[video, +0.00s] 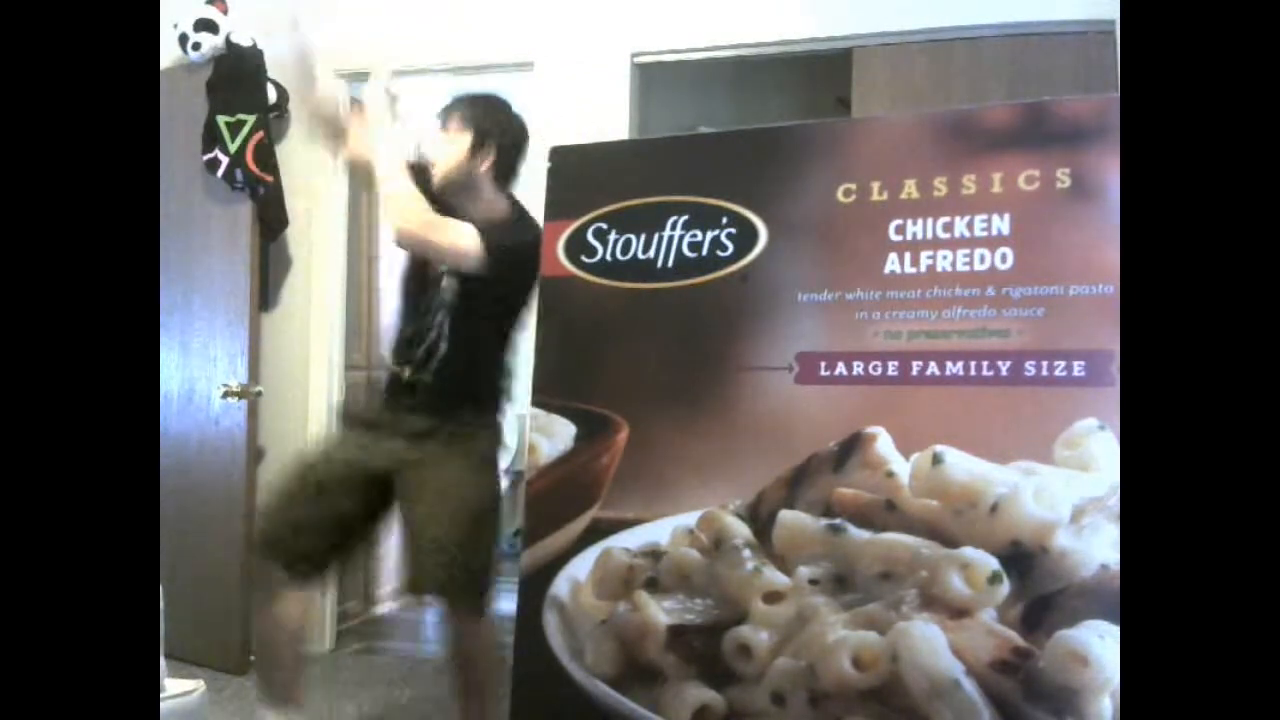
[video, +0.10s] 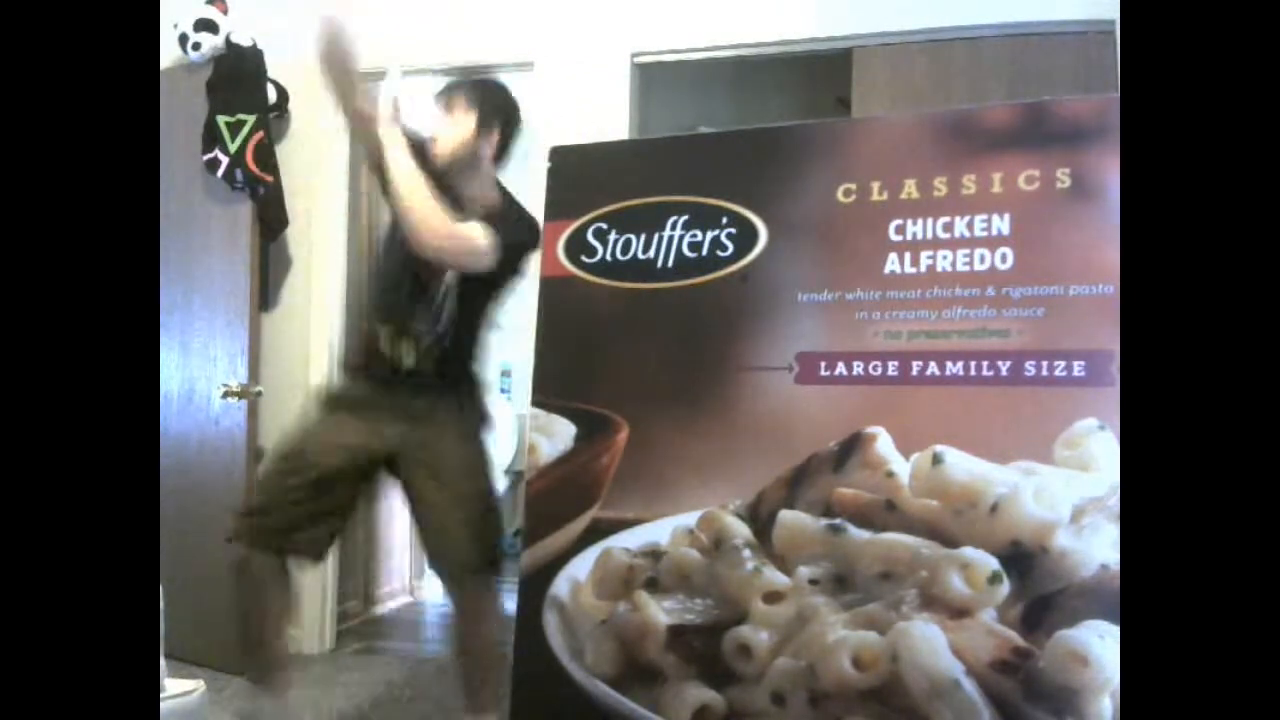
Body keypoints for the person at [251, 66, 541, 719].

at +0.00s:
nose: (432, 146)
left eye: (447, 136)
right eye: (437, 135)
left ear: (485, 152)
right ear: (470, 151)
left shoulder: (515, 235)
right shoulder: (438, 201)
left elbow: (420, 230)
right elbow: (370, 161)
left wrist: (372, 166)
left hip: (454, 438)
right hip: (382, 424)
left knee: (464, 599)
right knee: (284, 543)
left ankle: (477, 717)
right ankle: (281, 707)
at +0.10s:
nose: (432, 123)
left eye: (449, 113)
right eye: (435, 112)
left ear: (489, 134)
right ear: (444, 127)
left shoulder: (513, 225)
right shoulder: (419, 171)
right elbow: (366, 126)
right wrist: (344, 69)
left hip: (439, 415)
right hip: (358, 401)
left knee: (474, 577)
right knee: (262, 537)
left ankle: (486, 712)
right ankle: (272, 700)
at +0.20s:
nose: (433, 102)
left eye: (451, 96)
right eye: (426, 88)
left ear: (466, 118)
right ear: (407, 93)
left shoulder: (454, 194)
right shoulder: (373, 139)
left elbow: (505, 228)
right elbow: (378, 31)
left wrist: (433, 150)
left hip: (399, 393)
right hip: (324, 381)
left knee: (438, 558)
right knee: (271, 563)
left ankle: (414, 705)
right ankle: (194, 691)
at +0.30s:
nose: (417, 147)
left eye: (421, 133)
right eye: (406, 128)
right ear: (360, 123)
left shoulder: (369, 192)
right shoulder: (341, 172)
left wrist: (418, 238)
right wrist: (489, 210)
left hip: (348, 414)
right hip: (291, 411)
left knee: (401, 576)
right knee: (264, 601)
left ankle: (409, 712)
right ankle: (167, 696)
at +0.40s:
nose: (410, 172)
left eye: (414, 159)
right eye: (405, 151)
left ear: (362, 144)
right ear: (360, 136)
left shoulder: (350, 209)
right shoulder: (314, 204)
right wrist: (393, 193)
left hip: (321, 418)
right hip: (267, 418)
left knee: (371, 576)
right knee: (247, 611)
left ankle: (399, 708)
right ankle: (166, 693)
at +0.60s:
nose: (403, 230)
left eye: (408, 216)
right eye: (404, 214)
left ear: (340, 182)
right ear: (369, 197)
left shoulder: (258, 195)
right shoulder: (352, 275)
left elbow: (285, 140)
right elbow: (453, 335)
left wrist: (342, 161)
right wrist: (528, 362)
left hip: (175, 426)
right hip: (239, 451)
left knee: (266, 582)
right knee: (248, 611)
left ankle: (313, 702)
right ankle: (164, 696)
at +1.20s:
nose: (328, 194)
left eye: (330, 181)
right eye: (325, 178)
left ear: (275, 165)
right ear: (289, 166)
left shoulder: (183, 183)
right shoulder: (298, 240)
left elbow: (184, 147)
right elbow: (422, 265)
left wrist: (248, 181)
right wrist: (522, 262)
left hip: (168, 429)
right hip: (211, 447)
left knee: (240, 582)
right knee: (221, 604)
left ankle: (265, 696)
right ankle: (161, 695)